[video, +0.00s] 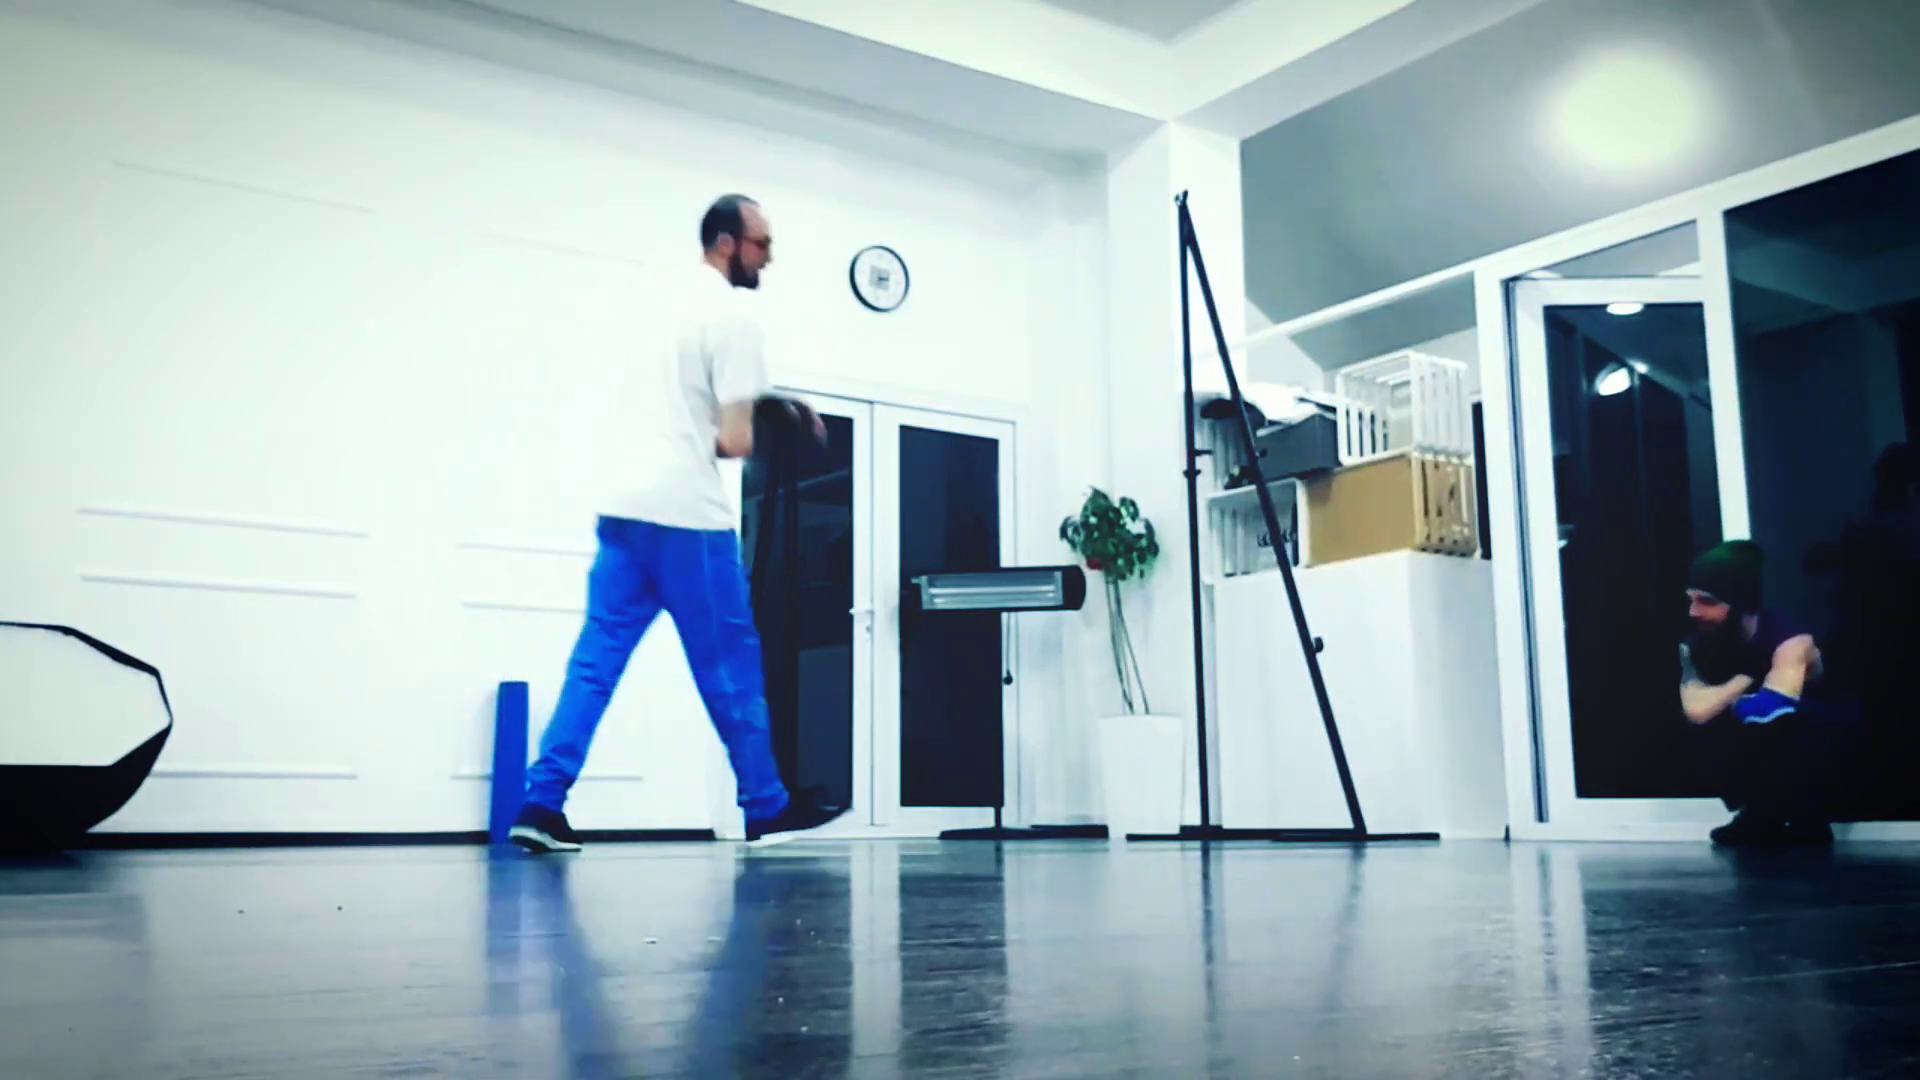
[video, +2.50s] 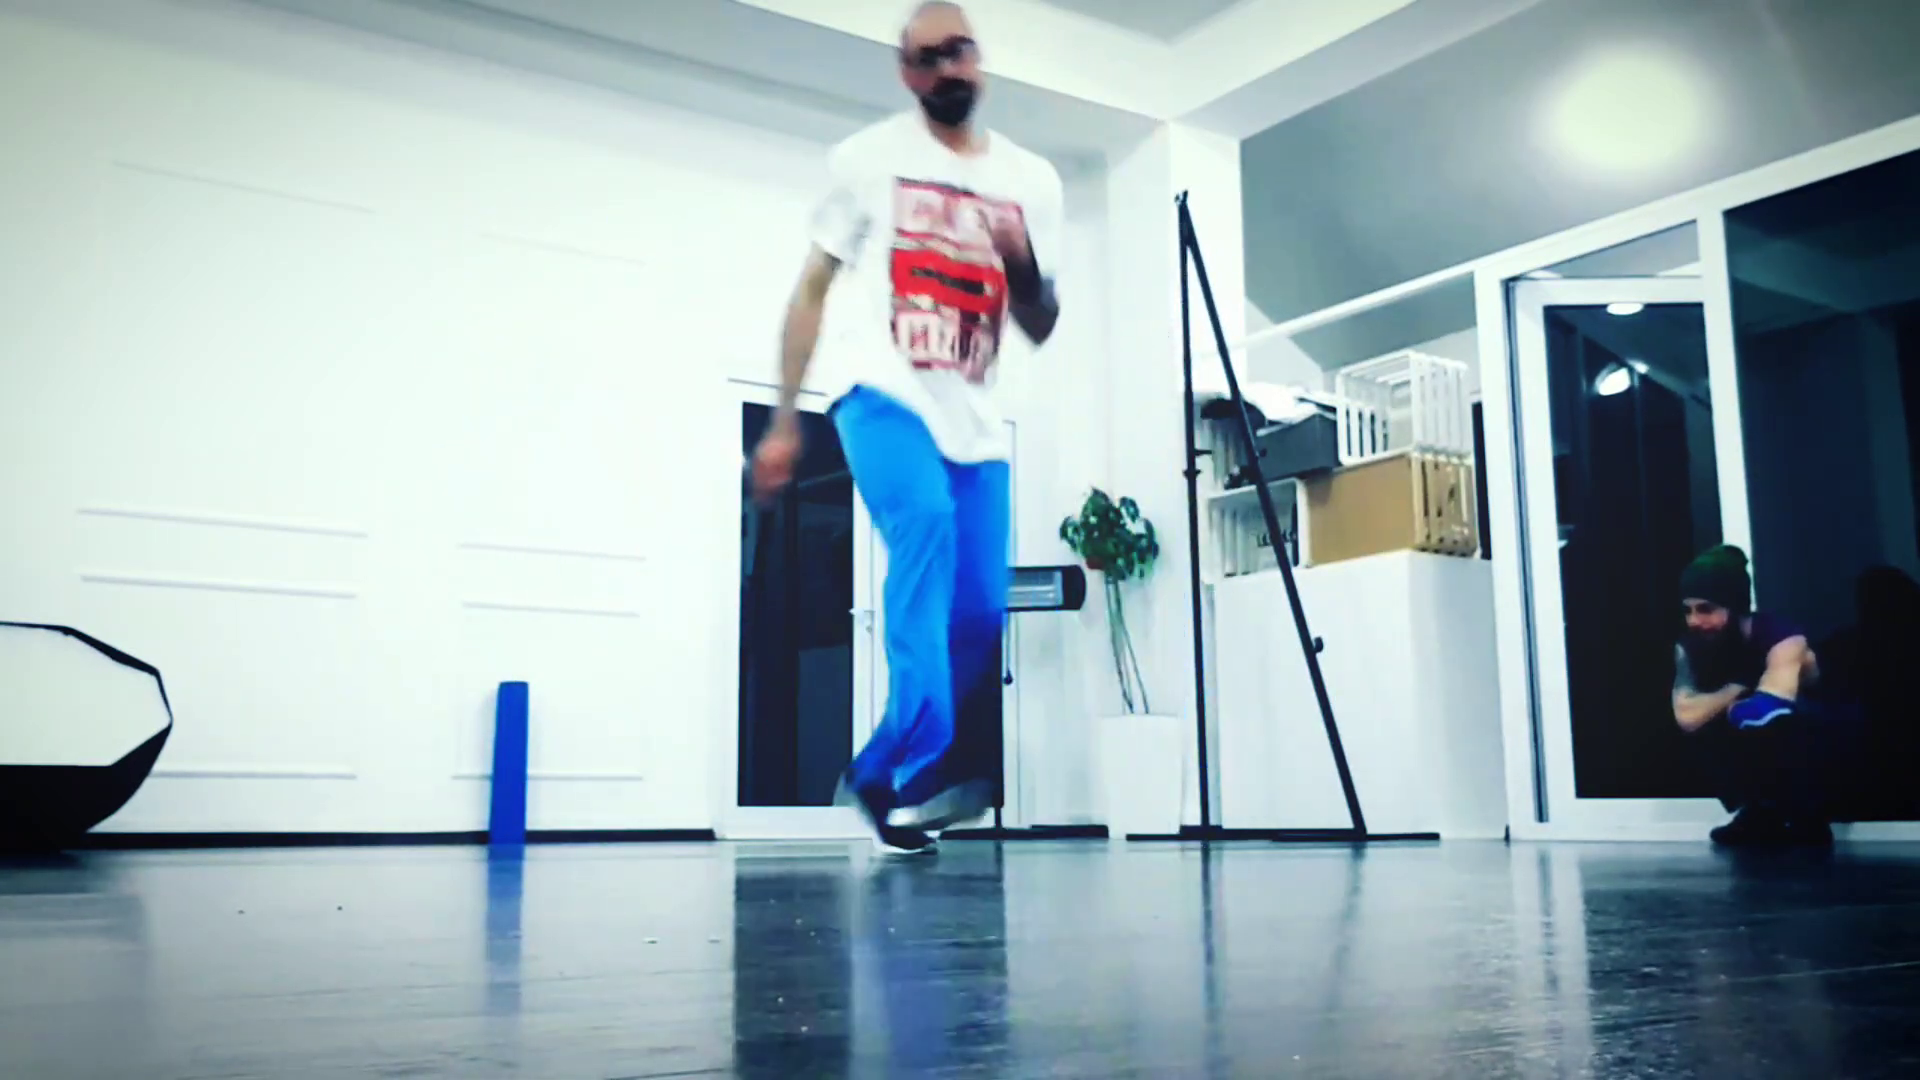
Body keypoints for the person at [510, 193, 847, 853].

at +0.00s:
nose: (768, 258)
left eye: (769, 246)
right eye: (761, 245)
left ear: (715, 244)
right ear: (724, 242)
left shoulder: (661, 296)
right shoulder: (732, 313)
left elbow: (676, 411)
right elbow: (737, 440)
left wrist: (775, 411)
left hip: (624, 502)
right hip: (688, 510)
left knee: (595, 660)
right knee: (730, 663)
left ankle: (542, 806)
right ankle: (768, 807)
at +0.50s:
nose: (851, 238)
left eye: (861, 226)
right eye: (838, 226)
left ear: (872, 230)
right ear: (814, 230)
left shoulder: (888, 326)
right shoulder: (780, 294)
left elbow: (881, 410)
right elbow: (777, 383)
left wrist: (893, 443)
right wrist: (866, 416)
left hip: (865, 493)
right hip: (789, 504)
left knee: (863, 641)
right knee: (834, 649)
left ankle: (843, 803)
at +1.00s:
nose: (912, 269)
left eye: (921, 254)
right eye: (899, 261)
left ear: (947, 258)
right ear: (889, 274)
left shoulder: (1002, 323)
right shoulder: (903, 359)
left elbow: (1081, 405)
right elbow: (915, 456)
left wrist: (1032, 446)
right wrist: (939, 538)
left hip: (1031, 515)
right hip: (964, 536)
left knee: (997, 657)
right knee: (968, 681)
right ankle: (1047, 809)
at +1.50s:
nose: (1084, 197)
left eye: (1096, 185)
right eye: (1071, 187)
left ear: (1116, 193)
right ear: (1051, 200)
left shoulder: (1163, 283)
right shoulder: (1039, 291)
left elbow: (1200, 397)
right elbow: (1009, 395)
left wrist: (1230, 491)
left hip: (1156, 470)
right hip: (1079, 495)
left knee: (1145, 597)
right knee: (1112, 672)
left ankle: (1191, 789)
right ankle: (1211, 764)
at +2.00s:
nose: (1110, 120)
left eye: (1126, 110)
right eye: (1097, 105)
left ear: (1144, 127)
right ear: (1073, 113)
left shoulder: (1132, 224)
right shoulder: (1019, 187)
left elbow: (1140, 357)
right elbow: (876, 252)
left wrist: (1136, 260)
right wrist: (838, 371)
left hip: (1080, 438)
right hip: (1014, 424)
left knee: (1090, 623)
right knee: (1109, 578)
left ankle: (918, 752)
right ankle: (1113, 797)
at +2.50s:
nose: (948, 68)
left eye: (958, 51)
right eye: (928, 58)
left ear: (982, 57)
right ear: (905, 72)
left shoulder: (1029, 177)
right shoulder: (868, 159)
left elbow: (1039, 326)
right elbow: (811, 289)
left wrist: (1020, 260)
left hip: (978, 408)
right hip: (883, 391)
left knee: (984, 604)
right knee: (927, 524)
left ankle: (879, 772)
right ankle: (920, 775)